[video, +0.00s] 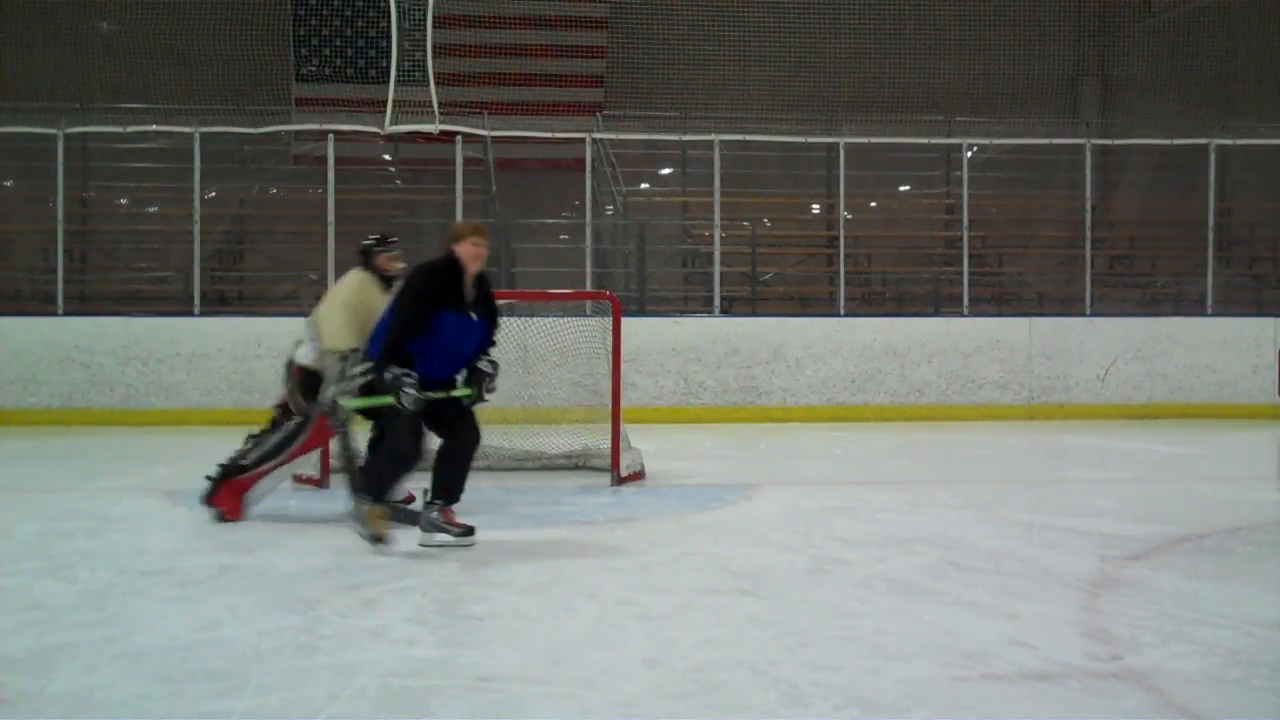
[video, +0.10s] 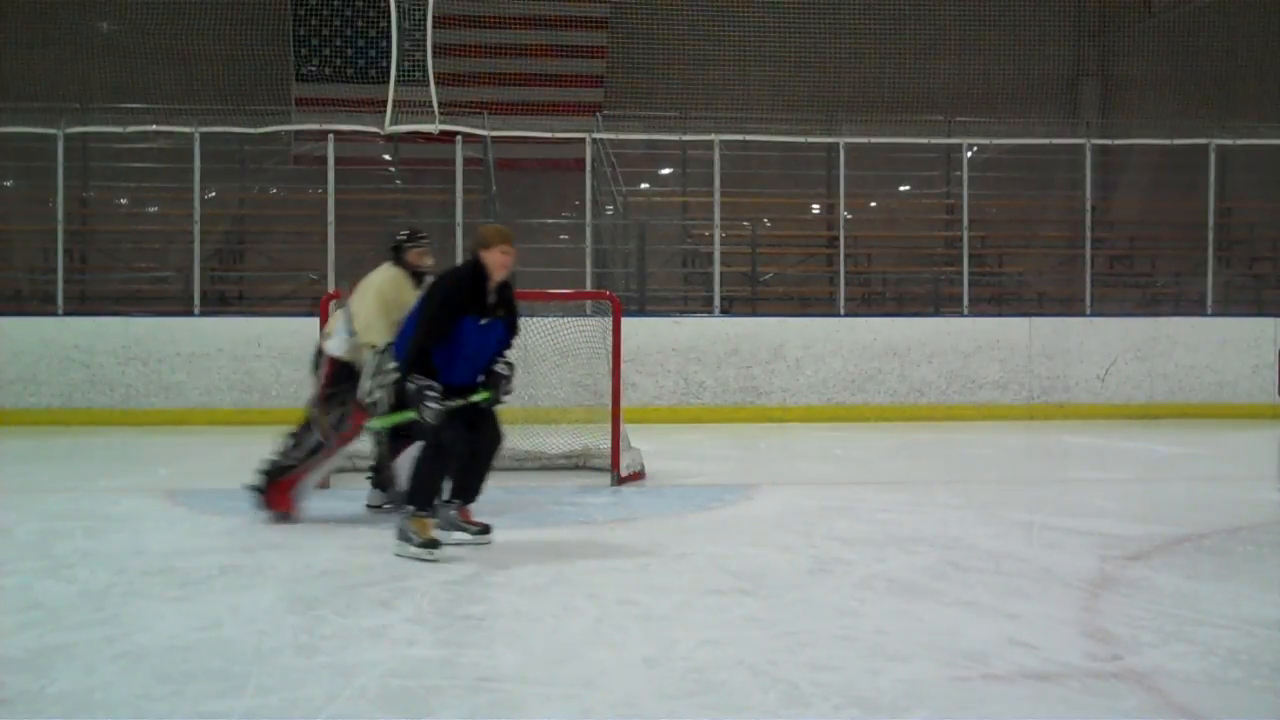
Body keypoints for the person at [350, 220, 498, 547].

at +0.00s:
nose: (480, 252)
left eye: (484, 246)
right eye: (473, 245)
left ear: (487, 252)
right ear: (455, 246)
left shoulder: (482, 288)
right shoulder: (428, 277)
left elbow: (485, 336)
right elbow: (399, 326)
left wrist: (481, 367)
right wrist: (399, 375)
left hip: (438, 380)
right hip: (395, 376)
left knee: (465, 434)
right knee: (405, 444)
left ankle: (439, 508)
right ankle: (367, 498)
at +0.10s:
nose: (507, 260)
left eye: (510, 254)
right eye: (500, 253)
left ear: (513, 258)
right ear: (480, 254)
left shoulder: (503, 293)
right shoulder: (453, 284)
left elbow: (503, 341)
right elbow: (420, 335)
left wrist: (497, 372)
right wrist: (422, 383)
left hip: (468, 383)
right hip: (432, 382)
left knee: (487, 436)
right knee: (443, 440)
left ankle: (455, 507)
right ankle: (417, 516)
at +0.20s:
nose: (536, 269)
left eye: (539, 262)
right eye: (532, 261)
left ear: (534, 263)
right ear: (511, 257)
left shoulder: (525, 296)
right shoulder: (478, 289)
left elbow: (526, 344)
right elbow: (448, 341)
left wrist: (521, 376)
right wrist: (448, 388)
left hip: (494, 388)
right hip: (459, 387)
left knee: (513, 438)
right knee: (470, 444)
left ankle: (480, 507)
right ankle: (441, 520)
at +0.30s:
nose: (563, 270)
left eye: (566, 263)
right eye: (559, 262)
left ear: (563, 264)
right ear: (538, 257)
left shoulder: (548, 296)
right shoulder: (507, 289)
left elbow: (549, 344)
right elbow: (482, 345)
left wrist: (552, 372)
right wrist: (489, 391)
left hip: (516, 388)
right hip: (481, 387)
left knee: (541, 439)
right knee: (506, 443)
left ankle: (506, 507)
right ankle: (470, 522)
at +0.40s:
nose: (594, 267)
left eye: (597, 261)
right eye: (590, 259)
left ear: (588, 260)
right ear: (569, 255)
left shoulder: (574, 293)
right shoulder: (540, 290)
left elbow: (569, 343)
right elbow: (519, 346)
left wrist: (581, 369)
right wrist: (532, 390)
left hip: (544, 385)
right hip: (513, 386)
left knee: (572, 442)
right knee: (543, 446)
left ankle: (535, 511)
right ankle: (515, 529)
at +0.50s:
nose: (625, 263)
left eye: (628, 256)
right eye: (620, 255)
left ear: (620, 258)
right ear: (601, 254)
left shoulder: (604, 289)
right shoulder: (579, 286)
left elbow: (602, 340)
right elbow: (563, 342)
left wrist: (614, 370)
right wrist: (577, 386)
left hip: (575, 379)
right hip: (548, 377)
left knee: (600, 439)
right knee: (579, 441)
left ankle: (570, 511)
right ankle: (564, 525)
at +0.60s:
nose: (657, 261)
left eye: (658, 254)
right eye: (651, 254)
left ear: (650, 258)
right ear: (631, 255)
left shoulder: (634, 289)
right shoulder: (617, 287)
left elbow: (626, 346)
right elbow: (603, 342)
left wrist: (643, 375)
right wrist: (617, 383)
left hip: (599, 375)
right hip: (581, 374)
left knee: (621, 440)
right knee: (620, 441)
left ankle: (609, 509)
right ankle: (611, 519)